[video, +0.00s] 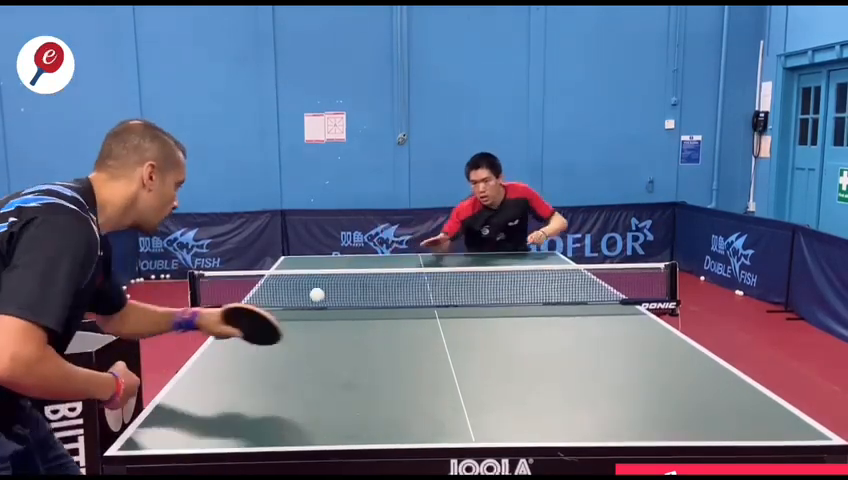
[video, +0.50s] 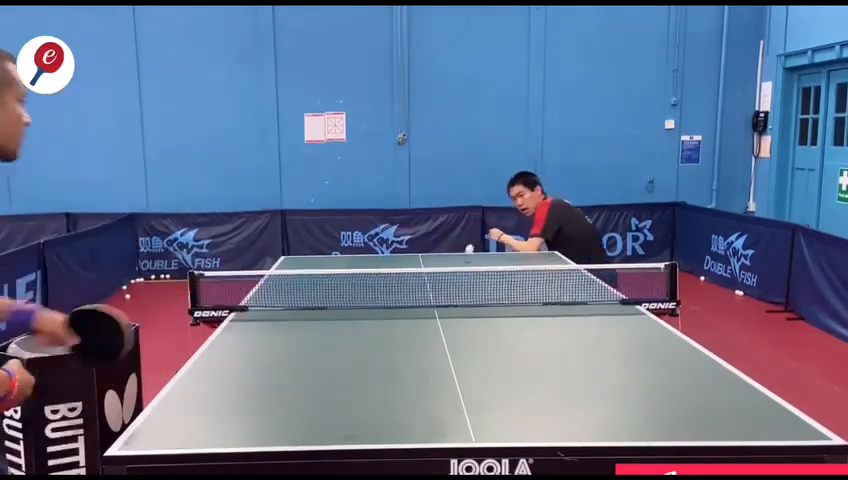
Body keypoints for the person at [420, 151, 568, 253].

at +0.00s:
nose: (481, 189)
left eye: (486, 181)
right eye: (475, 184)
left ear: (500, 178)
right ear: (471, 185)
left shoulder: (522, 194)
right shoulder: (465, 210)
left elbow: (561, 222)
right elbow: (445, 244)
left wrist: (545, 232)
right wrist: (440, 245)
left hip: (519, 272)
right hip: (479, 275)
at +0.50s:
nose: (518, 203)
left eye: (521, 195)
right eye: (514, 200)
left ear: (539, 192)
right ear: (512, 202)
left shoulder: (548, 207)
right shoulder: (558, 205)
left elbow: (531, 249)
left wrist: (502, 237)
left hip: (589, 276)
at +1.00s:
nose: (641, 166)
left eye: (648, 161)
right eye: (636, 159)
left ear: (655, 164)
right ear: (626, 159)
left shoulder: (648, 190)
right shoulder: (614, 182)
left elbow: (653, 220)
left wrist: (657, 230)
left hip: (626, 257)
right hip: (593, 257)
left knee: (664, 291)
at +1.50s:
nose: (552, 130)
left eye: (558, 123)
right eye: (546, 124)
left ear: (567, 123)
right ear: (538, 126)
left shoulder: (584, 148)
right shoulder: (526, 156)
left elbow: (604, 175)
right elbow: (509, 198)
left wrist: (592, 196)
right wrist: (523, 206)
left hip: (564, 219)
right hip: (530, 219)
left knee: (571, 271)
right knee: (508, 268)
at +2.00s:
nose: (503, 193)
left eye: (508, 186)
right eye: (497, 187)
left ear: (519, 182)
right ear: (490, 185)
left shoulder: (539, 189)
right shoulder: (484, 198)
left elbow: (567, 200)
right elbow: (475, 242)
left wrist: (554, 237)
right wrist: (485, 238)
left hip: (537, 256)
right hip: (503, 258)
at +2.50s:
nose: (503, 189)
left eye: (509, 183)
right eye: (498, 182)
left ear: (521, 179)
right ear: (492, 177)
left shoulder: (531, 189)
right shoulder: (479, 193)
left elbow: (564, 221)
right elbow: (446, 224)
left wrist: (550, 230)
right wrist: (472, 248)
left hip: (520, 262)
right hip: (486, 263)